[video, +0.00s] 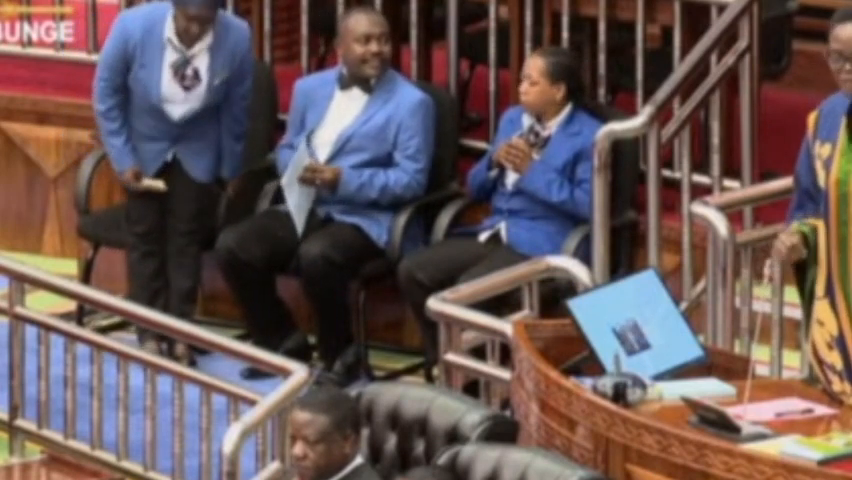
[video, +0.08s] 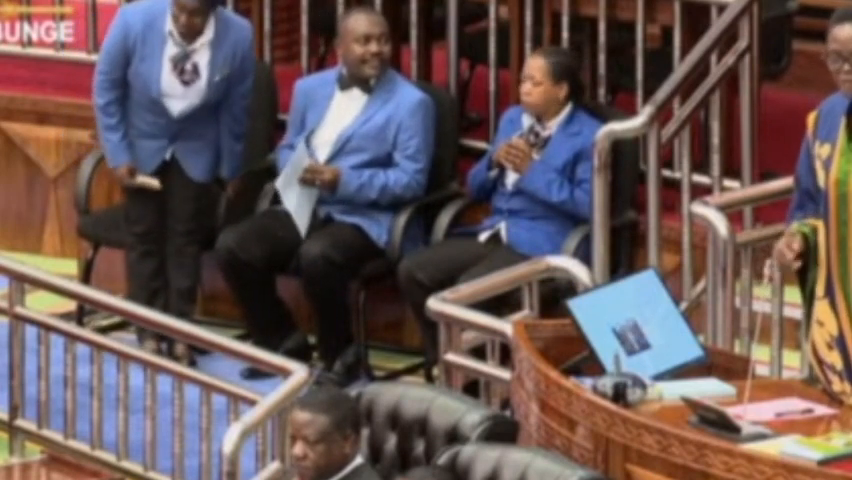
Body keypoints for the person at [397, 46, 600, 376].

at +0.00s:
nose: (522, 90)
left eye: (531, 83)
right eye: (522, 81)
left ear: (559, 92)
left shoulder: (589, 135)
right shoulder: (512, 120)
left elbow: (589, 206)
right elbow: (476, 188)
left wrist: (530, 172)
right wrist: (495, 164)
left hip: (539, 249)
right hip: (495, 235)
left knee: (464, 295)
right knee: (414, 271)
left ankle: (483, 380)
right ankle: (444, 365)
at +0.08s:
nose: (524, 91)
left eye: (534, 84)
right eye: (523, 81)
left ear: (562, 91)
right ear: (519, 83)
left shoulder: (589, 135)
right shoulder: (512, 120)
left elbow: (590, 206)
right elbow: (476, 189)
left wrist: (530, 172)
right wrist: (495, 164)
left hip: (539, 250)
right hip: (494, 236)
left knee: (464, 295)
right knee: (414, 271)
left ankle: (483, 380)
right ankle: (445, 365)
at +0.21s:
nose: (530, 91)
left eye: (542, 83)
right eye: (527, 81)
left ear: (567, 90)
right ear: (520, 83)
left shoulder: (589, 135)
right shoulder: (512, 120)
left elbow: (590, 206)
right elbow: (476, 188)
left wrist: (530, 172)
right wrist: (495, 164)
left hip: (539, 249)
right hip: (495, 235)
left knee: (464, 295)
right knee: (414, 271)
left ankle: (483, 380)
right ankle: (445, 365)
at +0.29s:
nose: (539, 91)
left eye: (550, 83)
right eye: (533, 81)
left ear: (570, 88)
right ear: (524, 84)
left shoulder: (590, 135)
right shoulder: (512, 120)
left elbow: (590, 206)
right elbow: (476, 189)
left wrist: (530, 172)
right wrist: (495, 164)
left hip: (539, 249)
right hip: (495, 236)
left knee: (464, 295)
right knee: (414, 271)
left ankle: (483, 380)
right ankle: (445, 365)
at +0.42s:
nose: (549, 90)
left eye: (559, 82)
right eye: (540, 81)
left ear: (574, 87)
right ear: (528, 85)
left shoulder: (590, 135)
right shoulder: (512, 120)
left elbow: (590, 207)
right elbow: (476, 189)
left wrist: (530, 172)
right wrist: (494, 164)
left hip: (538, 249)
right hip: (495, 236)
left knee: (462, 297)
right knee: (413, 271)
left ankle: (483, 380)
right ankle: (446, 365)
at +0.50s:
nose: (551, 89)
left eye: (561, 81)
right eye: (542, 80)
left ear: (574, 86)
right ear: (529, 85)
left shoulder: (590, 135)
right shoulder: (512, 120)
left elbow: (590, 207)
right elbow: (476, 189)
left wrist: (530, 172)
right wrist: (494, 164)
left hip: (540, 249)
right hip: (495, 235)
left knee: (464, 295)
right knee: (414, 271)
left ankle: (484, 380)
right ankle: (446, 365)